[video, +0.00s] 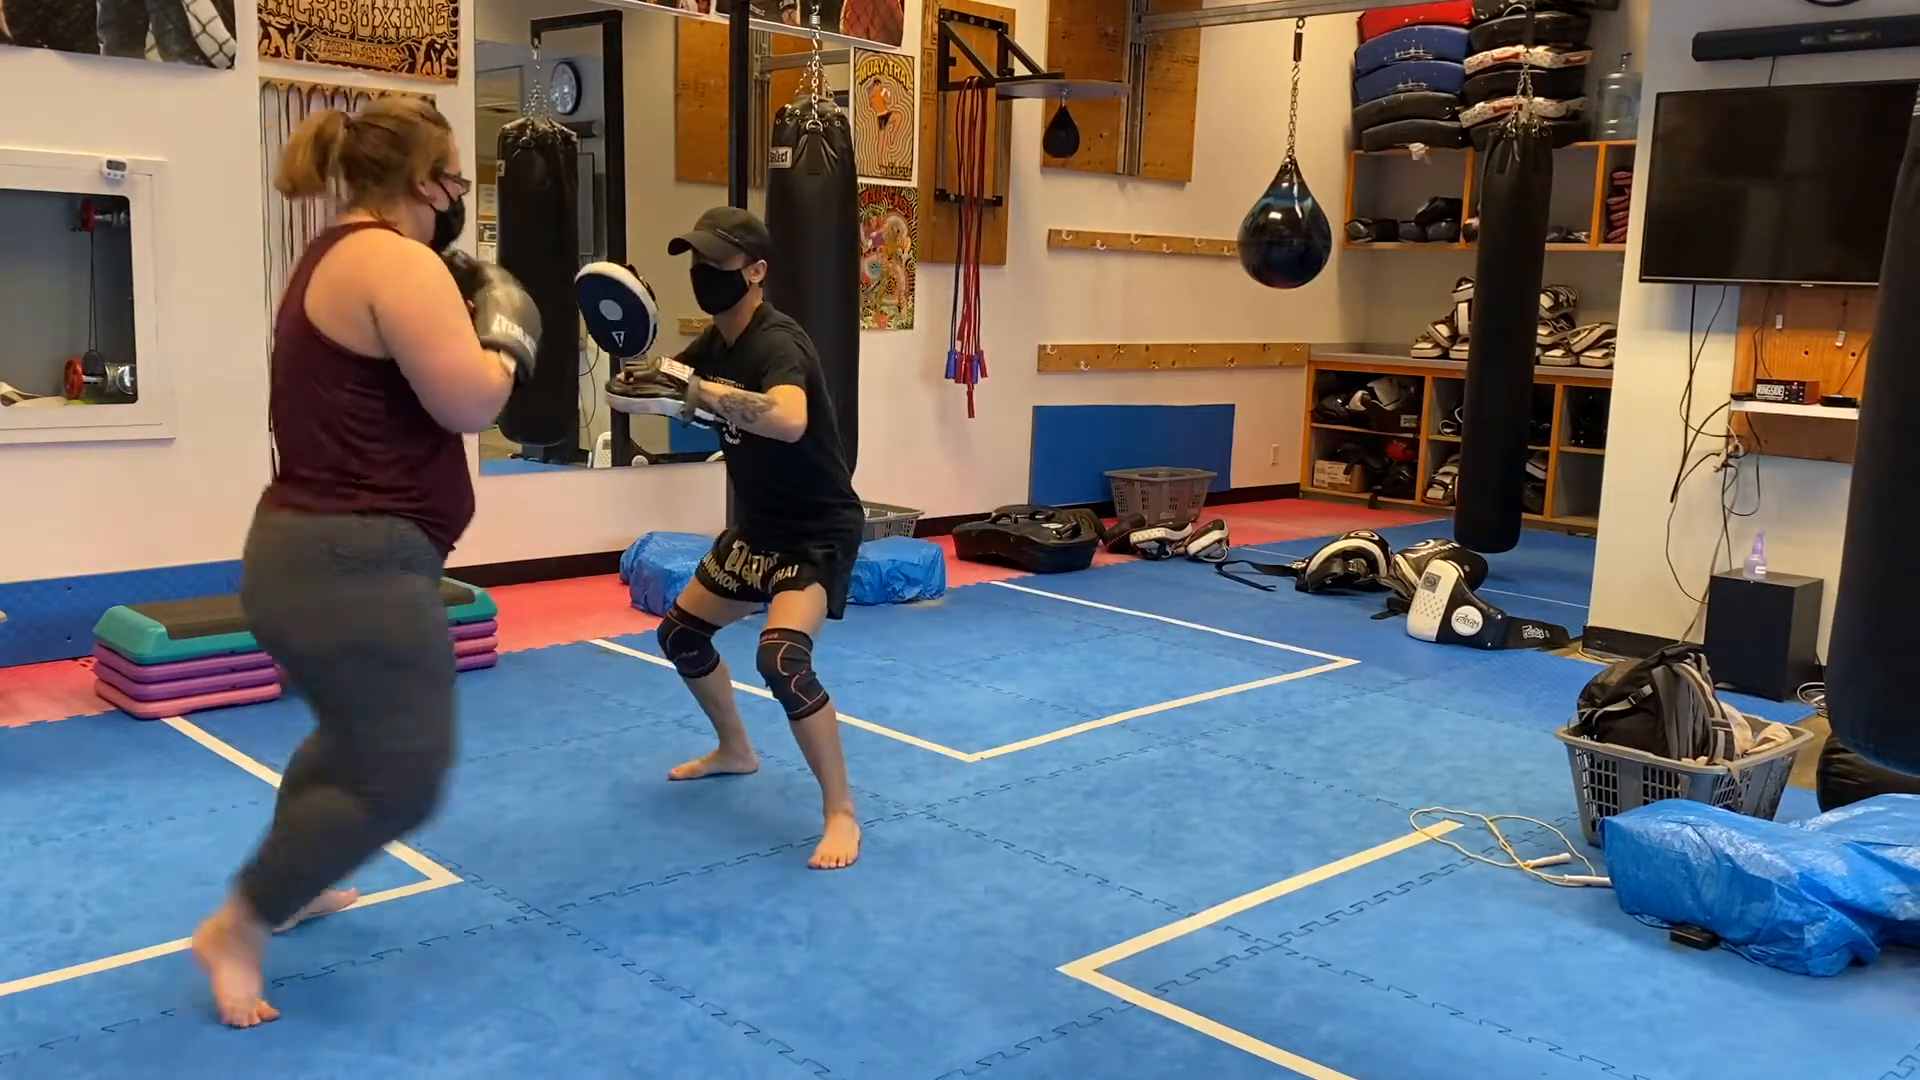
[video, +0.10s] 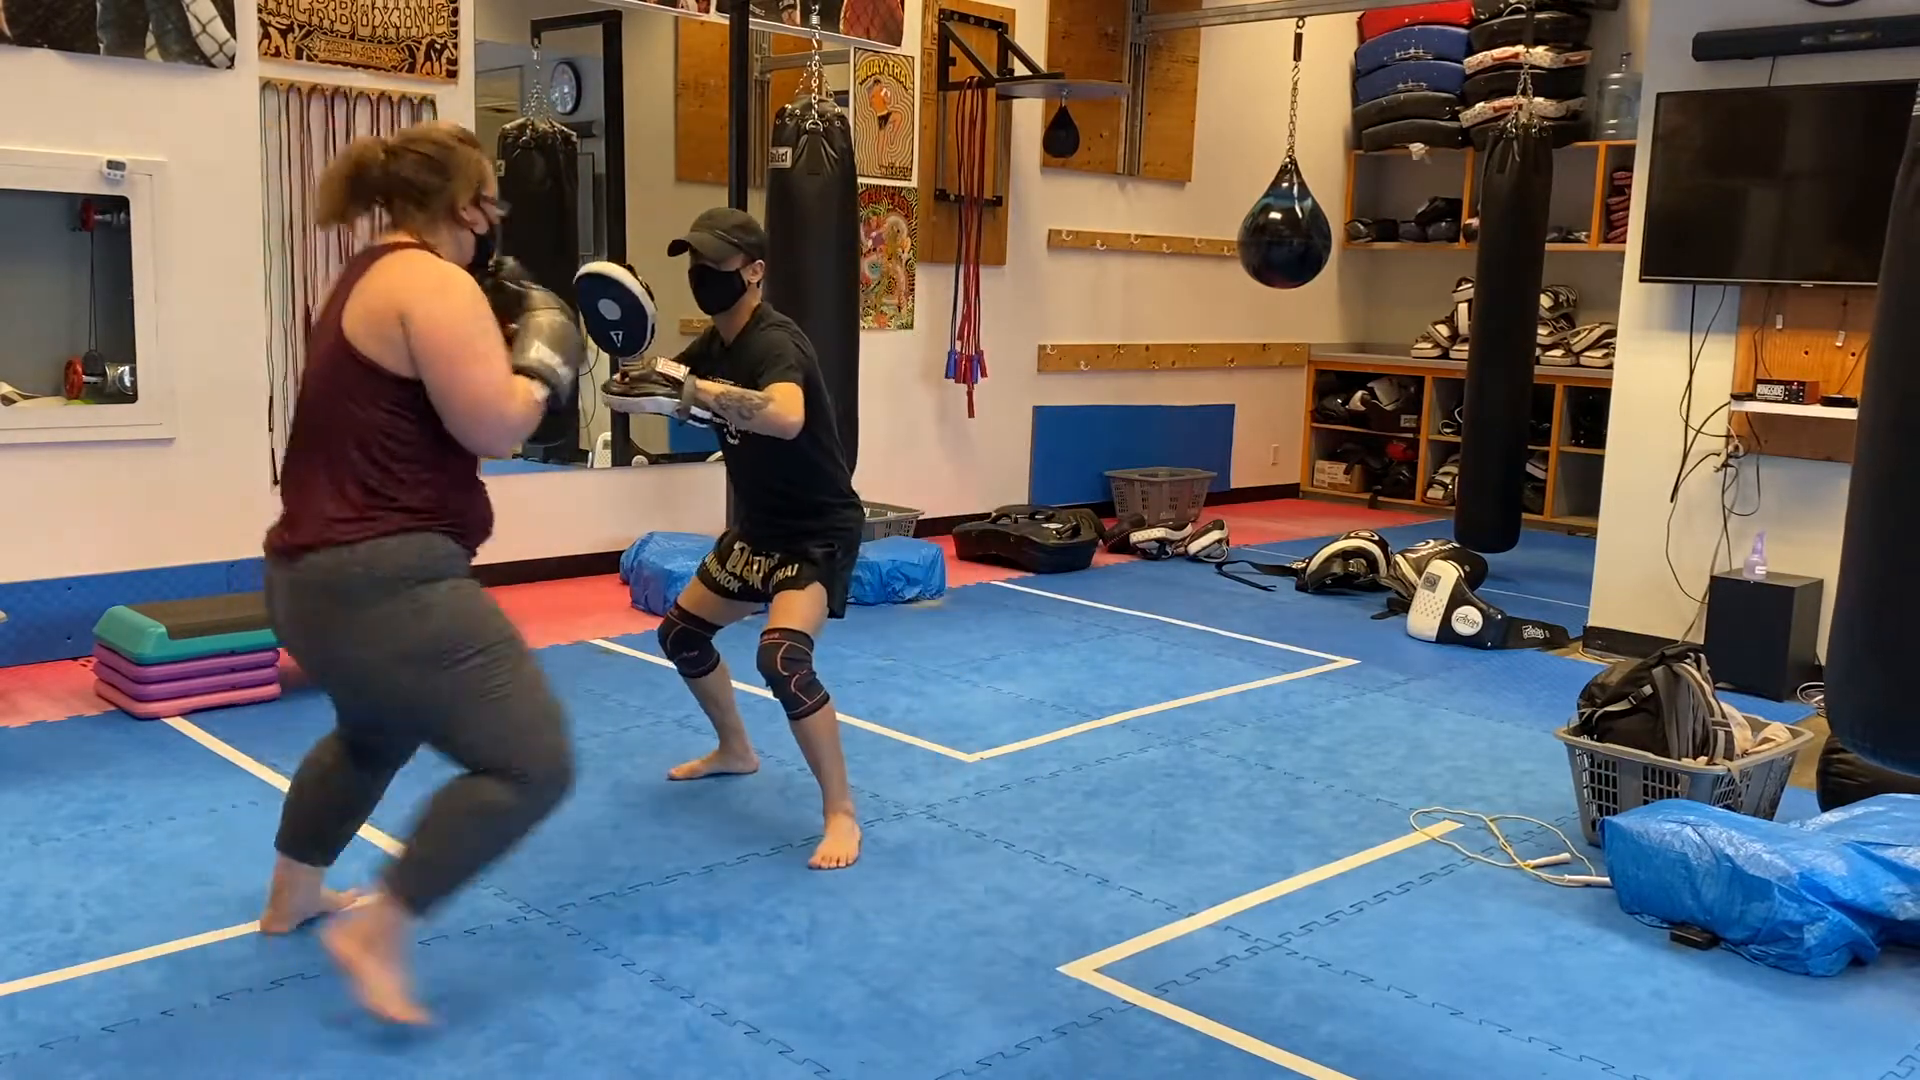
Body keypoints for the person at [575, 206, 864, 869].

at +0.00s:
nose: (699, 277)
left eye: (713, 267)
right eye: (697, 265)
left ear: (754, 270)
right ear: (696, 265)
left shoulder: (780, 342)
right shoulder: (715, 338)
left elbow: (790, 421)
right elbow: (661, 384)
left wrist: (695, 391)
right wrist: (632, 372)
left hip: (820, 528)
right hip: (756, 524)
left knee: (783, 657)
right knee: (681, 635)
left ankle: (840, 813)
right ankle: (735, 749)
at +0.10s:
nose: (699, 280)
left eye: (712, 269)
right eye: (694, 267)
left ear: (753, 272)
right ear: (693, 268)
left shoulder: (777, 342)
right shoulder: (709, 344)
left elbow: (784, 415)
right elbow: (660, 386)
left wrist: (699, 392)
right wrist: (635, 382)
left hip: (817, 531)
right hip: (755, 526)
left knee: (783, 658)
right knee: (682, 636)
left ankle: (840, 812)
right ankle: (735, 749)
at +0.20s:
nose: (700, 280)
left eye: (715, 270)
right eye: (695, 268)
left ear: (754, 271)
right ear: (693, 269)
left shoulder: (780, 342)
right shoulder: (708, 344)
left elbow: (790, 415)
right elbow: (654, 389)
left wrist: (711, 395)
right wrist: (607, 361)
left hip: (821, 529)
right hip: (755, 525)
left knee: (785, 657)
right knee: (683, 637)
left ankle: (841, 812)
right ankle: (735, 749)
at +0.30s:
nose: (706, 278)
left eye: (720, 267)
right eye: (700, 267)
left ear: (757, 269)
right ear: (693, 270)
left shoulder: (784, 340)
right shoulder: (710, 337)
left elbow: (803, 414)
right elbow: (670, 386)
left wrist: (718, 391)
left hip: (825, 526)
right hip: (760, 522)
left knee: (789, 654)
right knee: (685, 633)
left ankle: (846, 813)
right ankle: (735, 748)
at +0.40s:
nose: (714, 283)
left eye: (727, 271)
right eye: (706, 271)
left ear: (762, 272)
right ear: (694, 272)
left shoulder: (794, 339)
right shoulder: (702, 337)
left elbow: (829, 415)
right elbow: (697, 423)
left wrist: (753, 392)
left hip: (827, 525)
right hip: (757, 524)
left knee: (794, 656)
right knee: (683, 642)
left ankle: (846, 815)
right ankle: (690, 796)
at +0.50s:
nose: (720, 280)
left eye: (735, 268)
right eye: (713, 267)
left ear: (770, 271)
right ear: (700, 268)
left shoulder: (800, 337)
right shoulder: (704, 340)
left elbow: (866, 420)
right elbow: (686, 433)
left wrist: (804, 399)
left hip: (829, 525)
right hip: (754, 526)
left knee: (797, 658)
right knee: (711, 656)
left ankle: (846, 814)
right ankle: (716, 808)